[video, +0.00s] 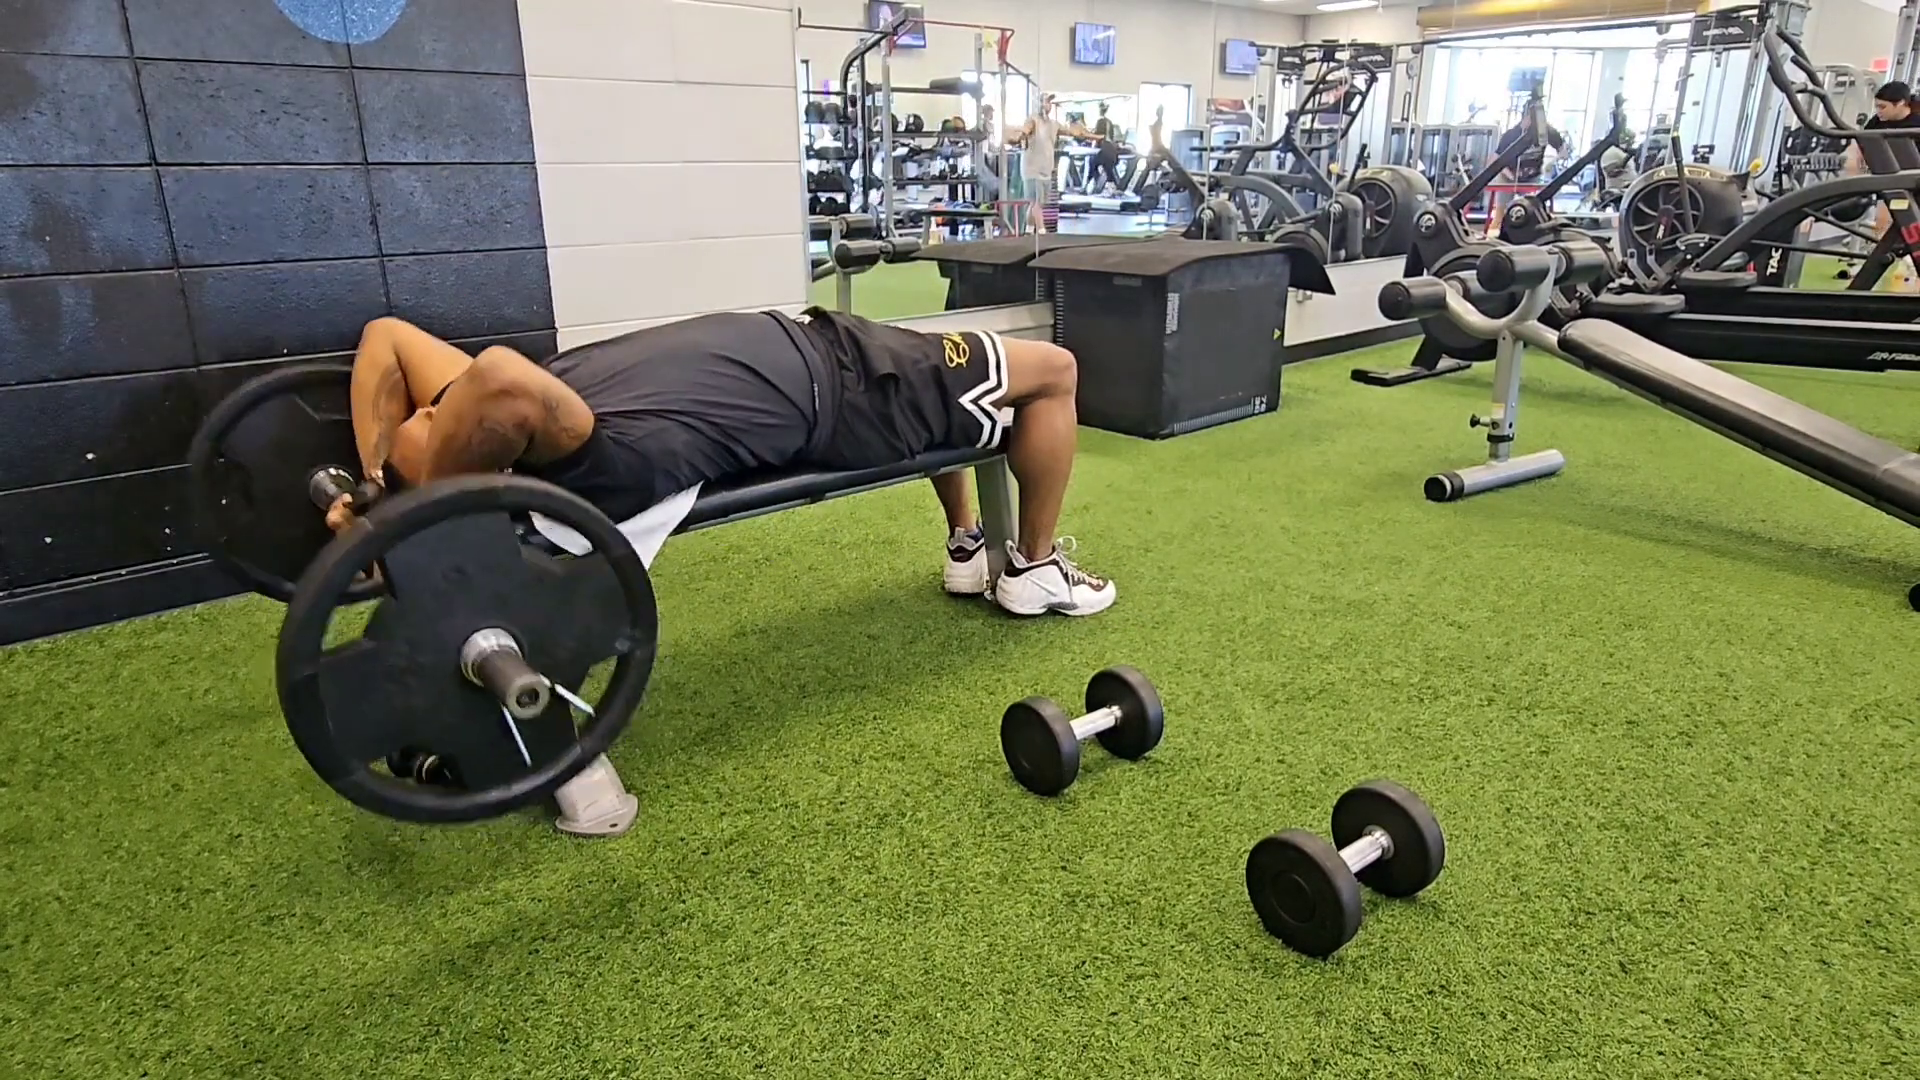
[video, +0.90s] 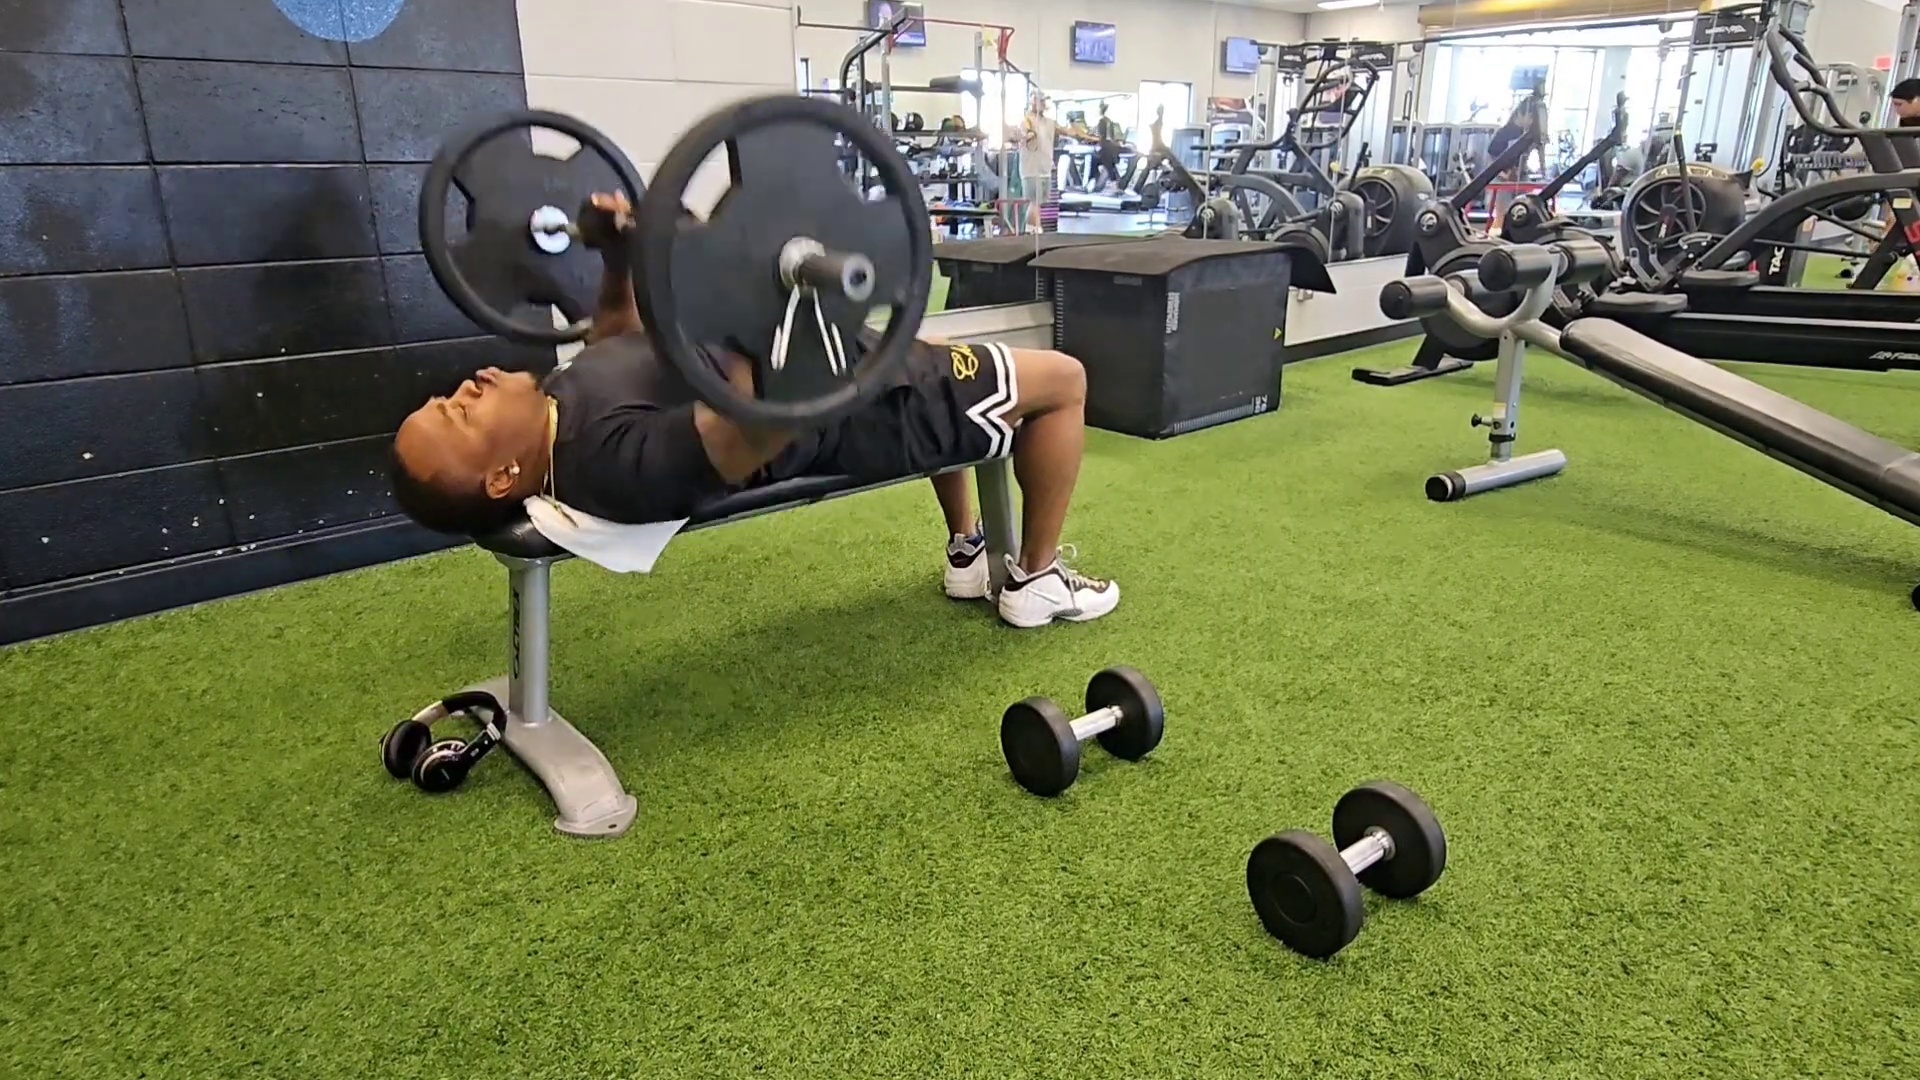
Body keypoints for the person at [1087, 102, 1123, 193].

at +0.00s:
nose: (1100, 110)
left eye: (1101, 108)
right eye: (1101, 108)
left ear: (1100, 109)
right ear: (1106, 110)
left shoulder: (1101, 121)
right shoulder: (1109, 122)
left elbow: (1100, 135)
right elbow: (1111, 136)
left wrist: (1088, 135)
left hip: (1104, 146)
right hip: (1112, 146)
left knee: (1094, 163)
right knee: (1109, 166)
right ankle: (1111, 186)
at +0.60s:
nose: (1100, 110)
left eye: (1100, 109)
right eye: (1101, 109)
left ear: (1100, 110)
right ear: (1106, 110)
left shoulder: (1098, 122)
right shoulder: (1109, 123)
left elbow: (1094, 135)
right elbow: (1113, 135)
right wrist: (1115, 145)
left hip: (1100, 145)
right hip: (1110, 145)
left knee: (1098, 166)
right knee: (1104, 166)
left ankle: (1098, 188)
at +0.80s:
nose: (1103, 106)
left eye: (1104, 104)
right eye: (1102, 104)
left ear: (1103, 106)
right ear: (1106, 106)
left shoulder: (1103, 118)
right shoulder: (1109, 119)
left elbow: (1101, 133)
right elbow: (1112, 133)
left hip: (1108, 145)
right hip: (1114, 145)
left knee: (1107, 166)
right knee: (1093, 159)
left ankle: (1108, 188)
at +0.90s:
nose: (1098, 111)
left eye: (1099, 109)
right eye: (1099, 109)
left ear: (1101, 109)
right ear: (1105, 109)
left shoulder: (1102, 121)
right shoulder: (1109, 121)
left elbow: (1101, 135)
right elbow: (1113, 134)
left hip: (1106, 145)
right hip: (1113, 144)